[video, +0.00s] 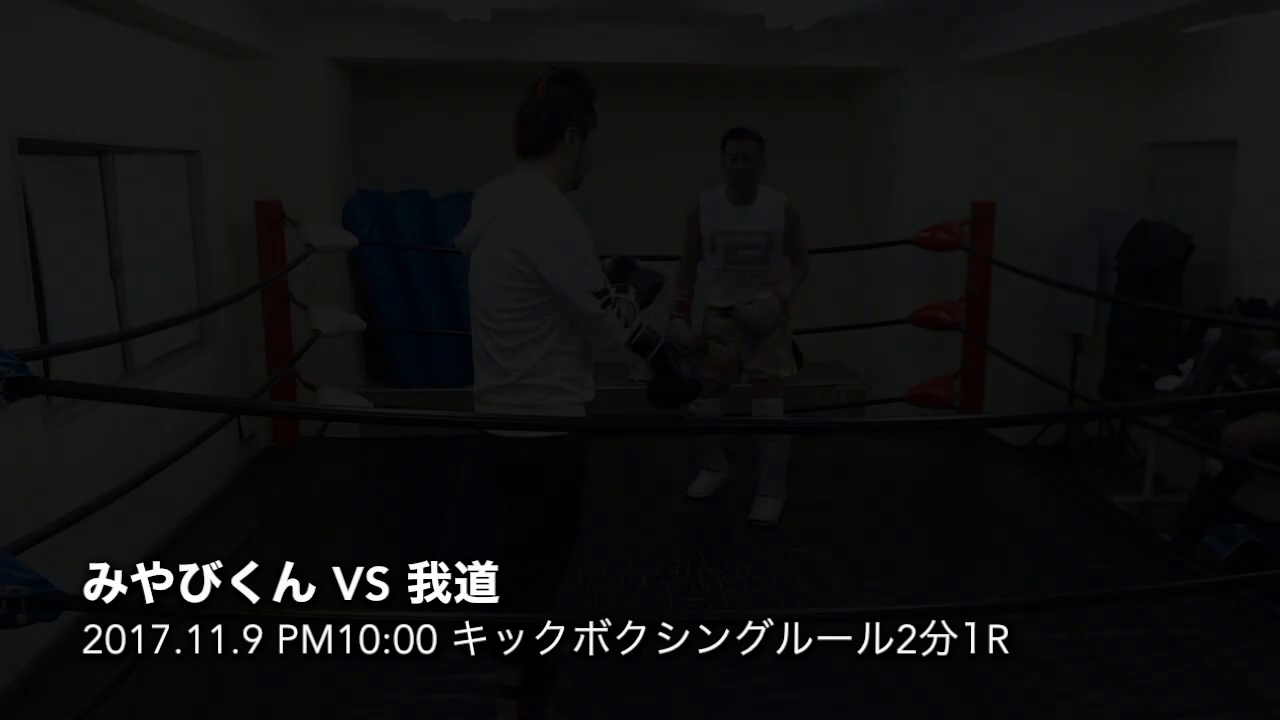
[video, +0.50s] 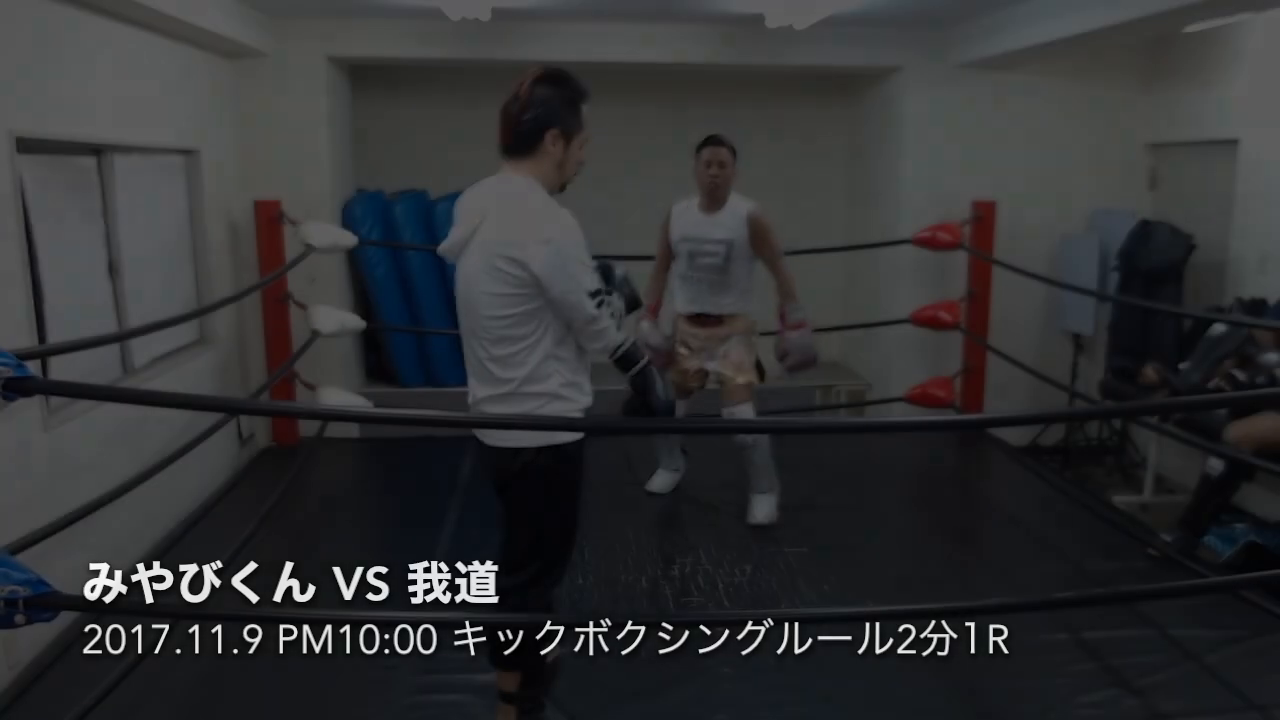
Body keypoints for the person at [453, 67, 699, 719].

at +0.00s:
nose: (591, 152)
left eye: (589, 137)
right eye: (589, 138)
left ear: (532, 132)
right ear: (573, 137)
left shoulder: (496, 201)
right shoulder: (547, 213)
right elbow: (595, 311)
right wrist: (657, 351)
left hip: (502, 411)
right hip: (547, 417)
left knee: (522, 559)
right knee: (543, 563)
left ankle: (520, 688)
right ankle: (527, 693)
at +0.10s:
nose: (593, 151)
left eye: (592, 137)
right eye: (591, 137)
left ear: (535, 133)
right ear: (571, 139)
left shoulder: (491, 199)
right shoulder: (555, 218)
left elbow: (529, 293)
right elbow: (597, 316)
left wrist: (602, 289)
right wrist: (647, 348)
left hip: (499, 410)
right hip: (547, 417)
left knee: (523, 554)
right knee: (545, 560)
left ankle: (519, 685)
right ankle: (523, 694)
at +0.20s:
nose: (591, 154)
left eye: (590, 140)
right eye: (589, 140)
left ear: (531, 133)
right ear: (568, 140)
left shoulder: (488, 202)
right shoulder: (554, 219)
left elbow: (534, 302)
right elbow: (599, 326)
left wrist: (605, 296)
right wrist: (649, 352)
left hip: (499, 413)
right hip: (546, 421)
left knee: (524, 556)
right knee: (546, 562)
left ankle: (519, 686)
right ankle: (522, 696)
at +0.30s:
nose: (587, 150)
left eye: (586, 136)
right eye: (585, 136)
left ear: (525, 133)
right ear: (565, 139)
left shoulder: (479, 204)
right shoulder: (554, 220)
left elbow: (525, 305)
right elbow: (596, 328)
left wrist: (598, 302)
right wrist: (646, 334)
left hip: (494, 415)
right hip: (547, 423)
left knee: (520, 559)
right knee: (543, 568)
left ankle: (513, 683)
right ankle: (524, 698)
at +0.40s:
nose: (585, 151)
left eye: (584, 137)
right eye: (582, 137)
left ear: (523, 133)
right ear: (560, 139)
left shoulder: (477, 203)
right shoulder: (549, 221)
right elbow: (591, 319)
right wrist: (645, 367)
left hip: (494, 416)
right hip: (545, 425)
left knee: (521, 558)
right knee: (540, 567)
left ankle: (515, 678)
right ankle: (521, 697)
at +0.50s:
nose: (584, 155)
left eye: (584, 142)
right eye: (581, 142)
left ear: (524, 135)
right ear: (556, 141)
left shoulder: (478, 202)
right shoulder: (546, 222)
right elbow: (593, 319)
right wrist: (643, 372)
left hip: (496, 415)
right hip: (543, 426)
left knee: (524, 555)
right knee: (541, 564)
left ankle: (516, 674)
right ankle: (518, 697)